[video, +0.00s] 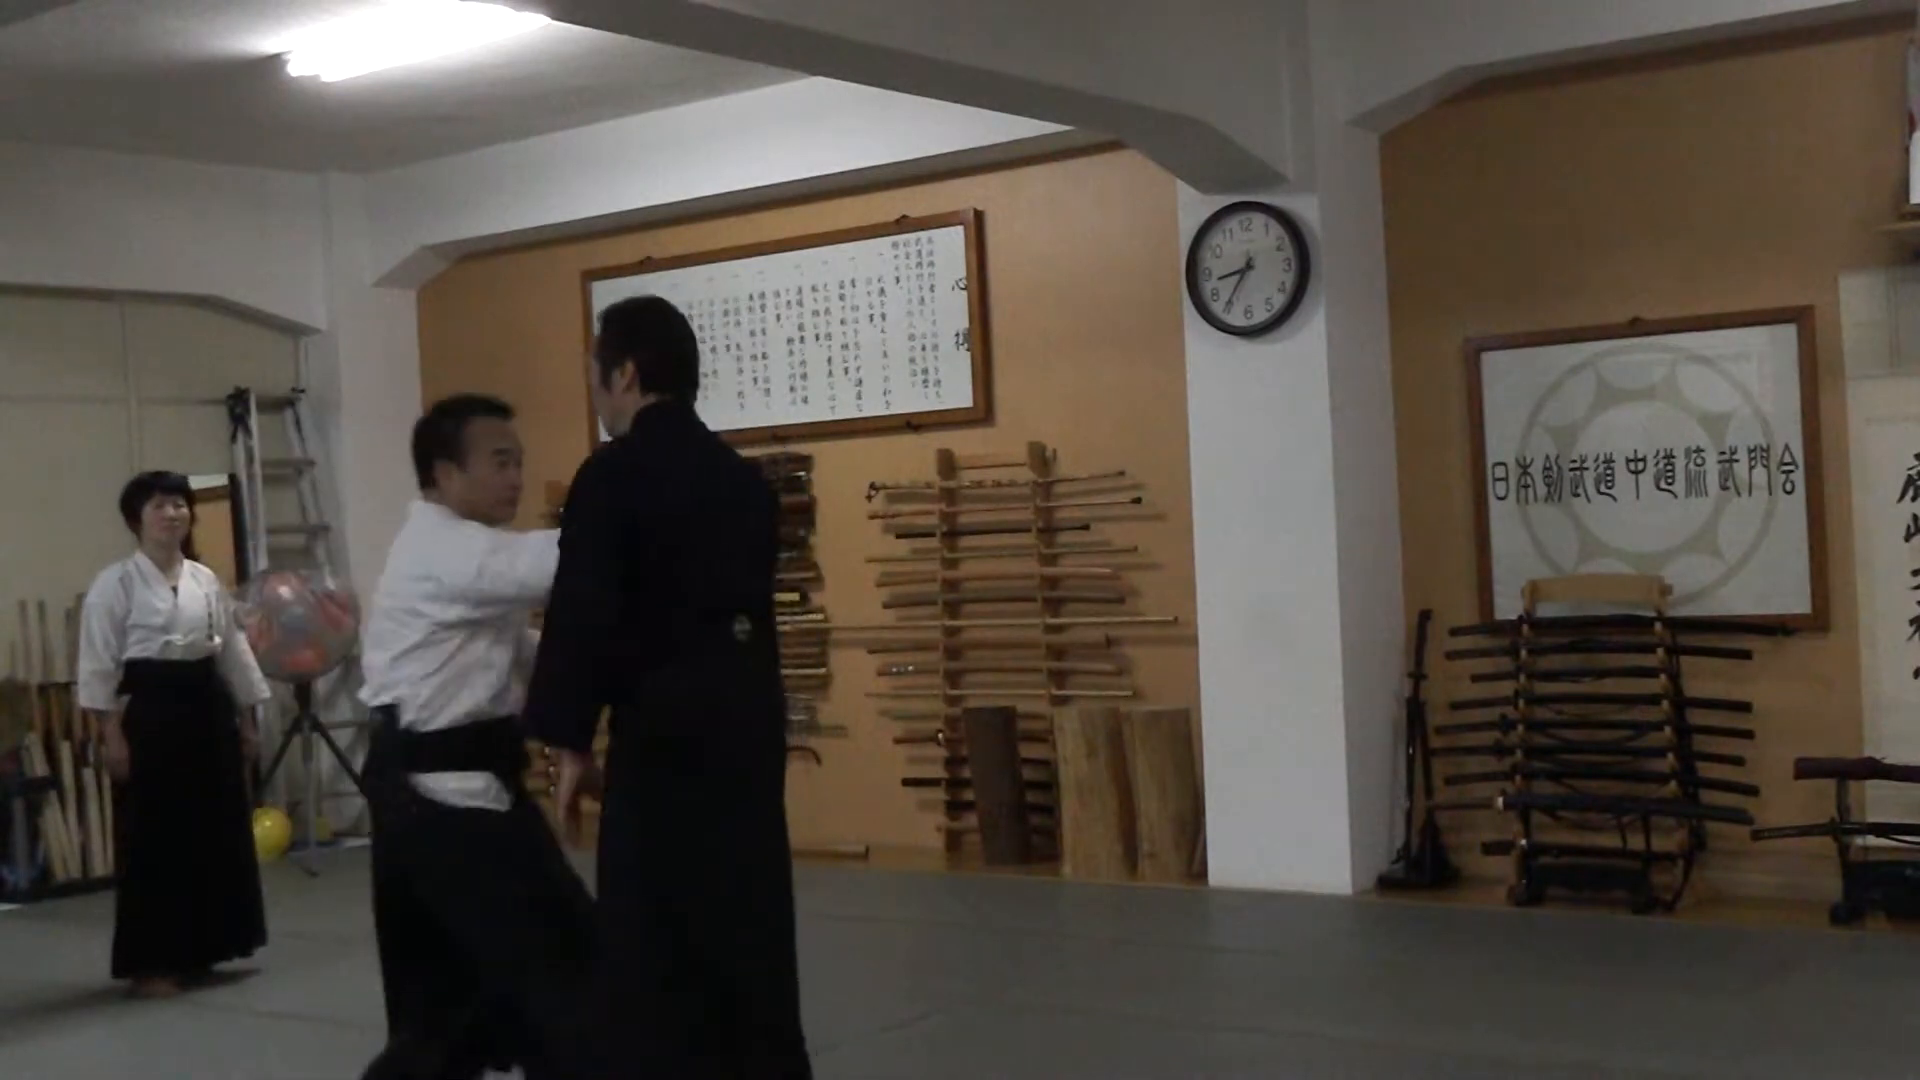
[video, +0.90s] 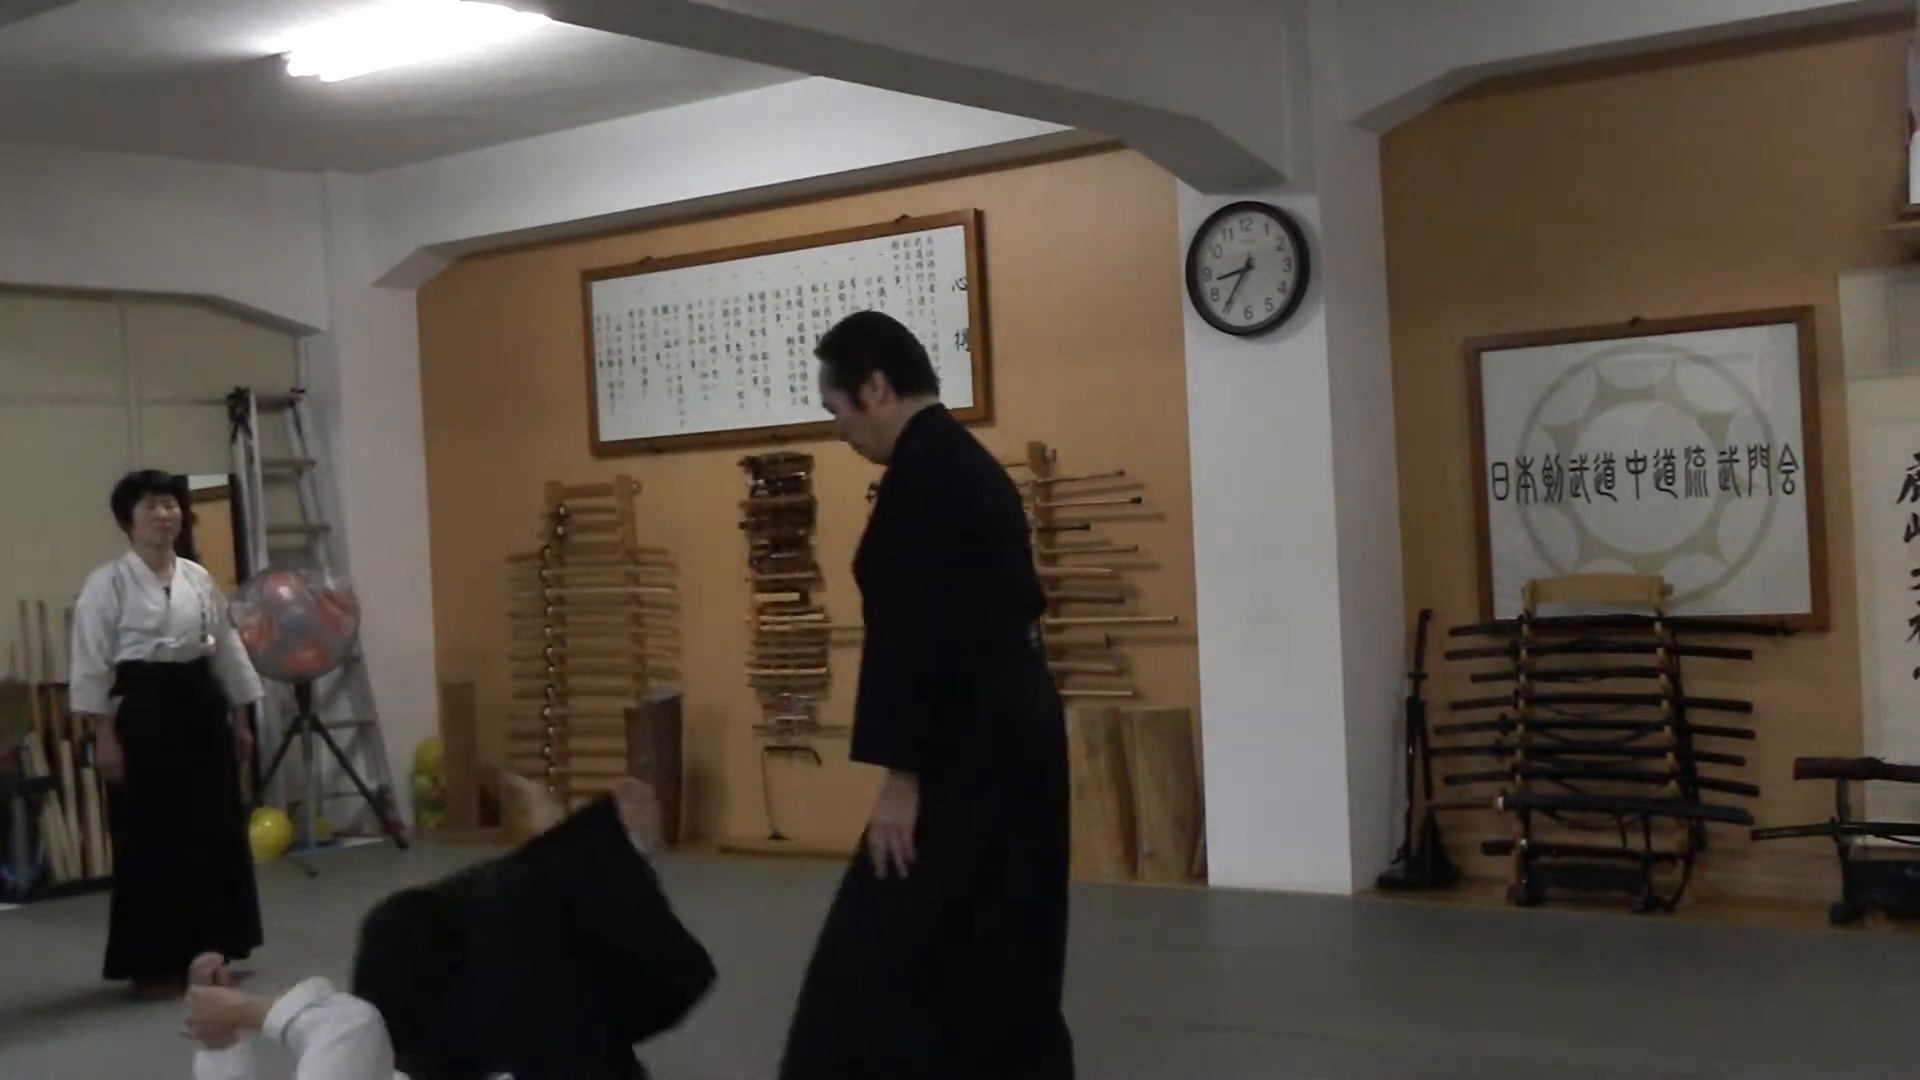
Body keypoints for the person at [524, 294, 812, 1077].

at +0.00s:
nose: (596, 389)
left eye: (599, 374)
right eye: (597, 374)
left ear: (629, 374)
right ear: (685, 375)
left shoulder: (612, 475)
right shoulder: (741, 473)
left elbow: (581, 614)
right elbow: (750, 611)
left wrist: (570, 737)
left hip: (657, 721)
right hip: (749, 712)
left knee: (650, 910)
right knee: (747, 903)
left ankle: (657, 1064)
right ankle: (761, 1063)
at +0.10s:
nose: (603, 379)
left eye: (605, 363)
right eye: (603, 364)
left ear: (631, 362)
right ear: (692, 359)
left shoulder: (624, 466)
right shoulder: (729, 457)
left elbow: (602, 610)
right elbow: (705, 606)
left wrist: (576, 718)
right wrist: (605, 714)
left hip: (655, 716)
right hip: (739, 703)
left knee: (650, 914)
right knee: (739, 906)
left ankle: (657, 1059)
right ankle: (748, 1058)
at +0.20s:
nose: (610, 380)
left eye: (612, 364)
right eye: (609, 365)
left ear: (638, 363)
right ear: (702, 360)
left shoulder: (631, 468)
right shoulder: (749, 460)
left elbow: (605, 609)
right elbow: (749, 602)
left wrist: (585, 728)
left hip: (670, 715)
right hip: (757, 700)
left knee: (651, 906)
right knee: (746, 898)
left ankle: (659, 1060)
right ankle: (756, 1058)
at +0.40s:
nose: (630, 408)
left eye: (627, 387)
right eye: (625, 391)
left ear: (650, 374)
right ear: (712, 367)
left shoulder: (654, 475)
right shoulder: (792, 467)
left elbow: (631, 630)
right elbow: (796, 625)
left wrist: (631, 760)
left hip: (711, 735)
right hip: (808, 724)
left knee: (693, 942)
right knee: (791, 941)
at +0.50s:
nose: (668, 425)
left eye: (665, 405)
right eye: (663, 408)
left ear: (689, 391)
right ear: (750, 384)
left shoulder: (703, 487)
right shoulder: (821, 484)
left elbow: (665, 633)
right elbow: (822, 634)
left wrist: (651, 771)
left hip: (744, 740)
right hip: (836, 727)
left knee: (699, 938)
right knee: (824, 933)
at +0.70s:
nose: (756, 409)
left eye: (756, 387)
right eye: (751, 390)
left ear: (792, 373)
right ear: (826, 370)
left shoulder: (814, 475)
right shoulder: (899, 464)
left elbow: (790, 629)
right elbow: (903, 625)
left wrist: (780, 770)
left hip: (843, 756)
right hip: (915, 739)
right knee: (931, 952)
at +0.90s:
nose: (838, 429)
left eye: (837, 410)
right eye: (832, 413)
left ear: (876, 389)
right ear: (895, 388)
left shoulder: (922, 477)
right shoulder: (965, 464)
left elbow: (923, 639)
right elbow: (990, 625)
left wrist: (901, 779)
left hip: (965, 752)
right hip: (1014, 741)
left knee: (863, 960)